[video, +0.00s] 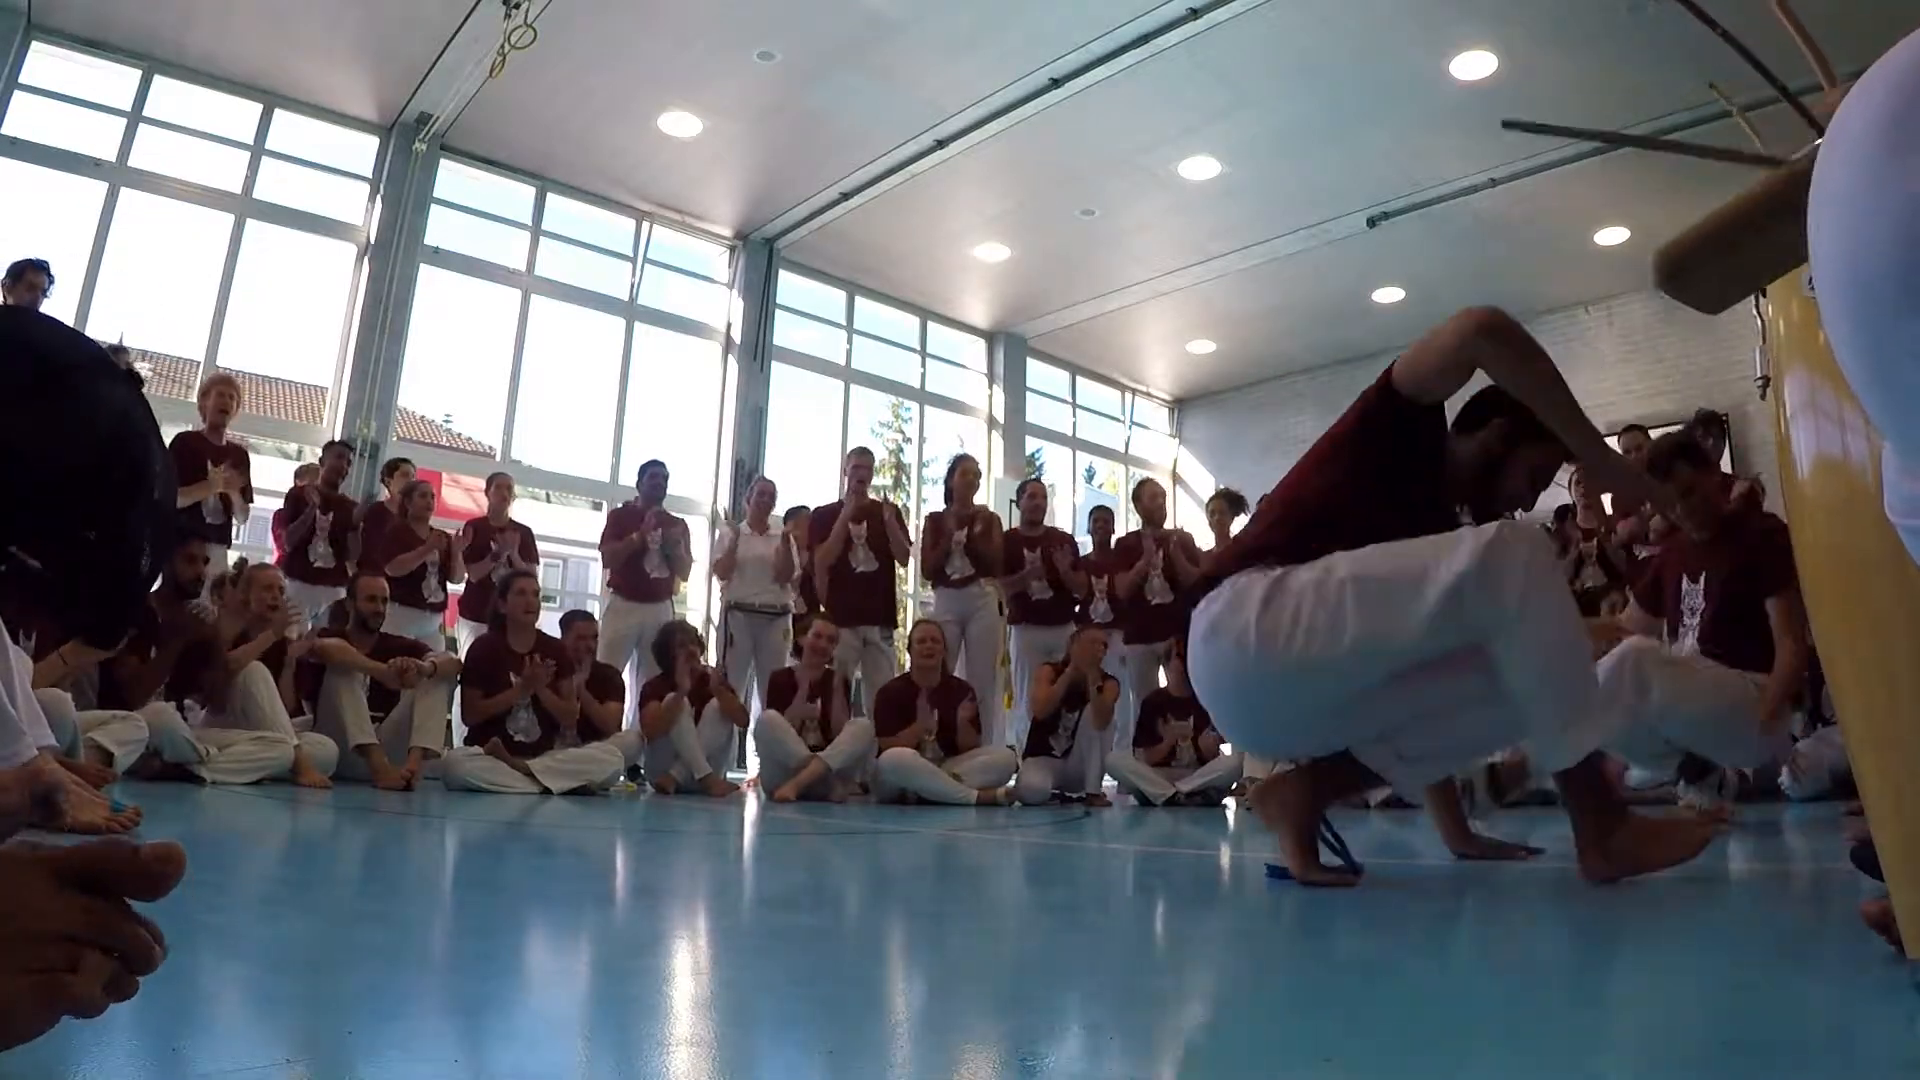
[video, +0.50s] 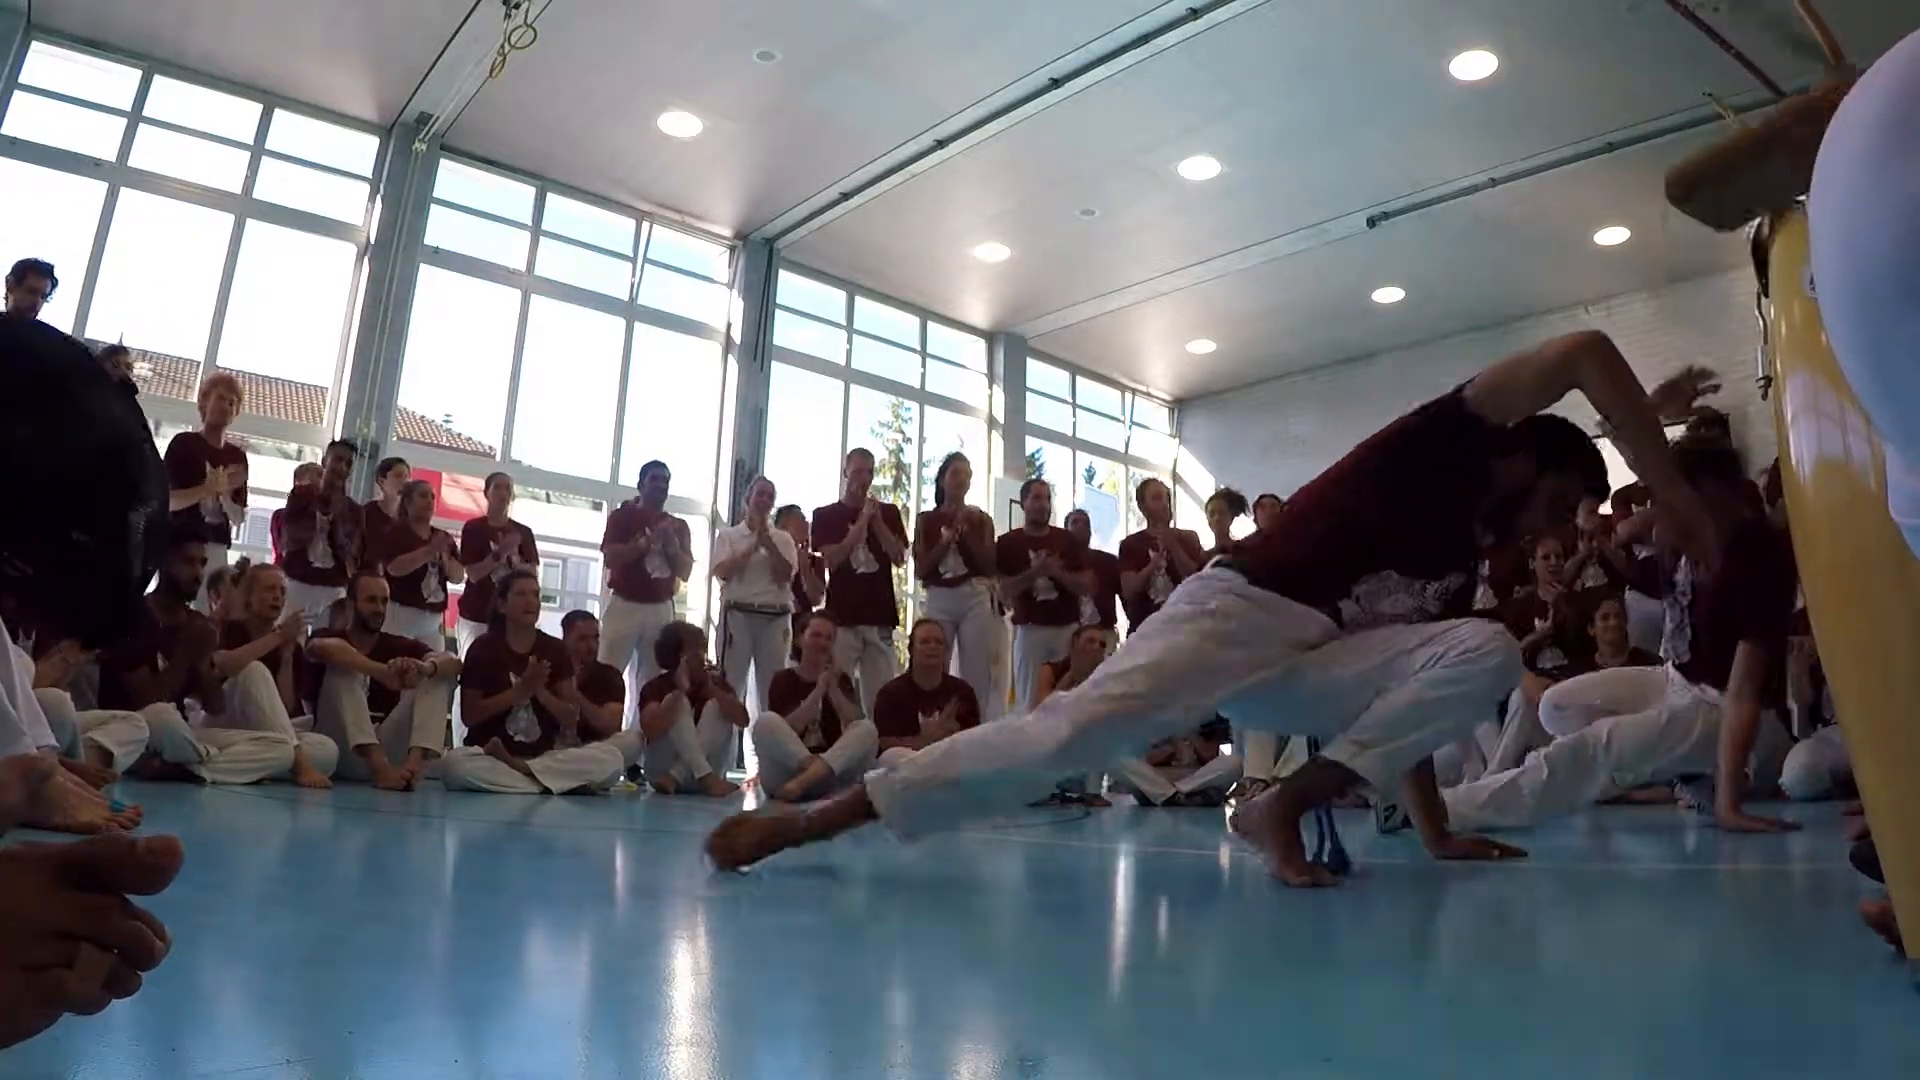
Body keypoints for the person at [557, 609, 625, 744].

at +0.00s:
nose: (590, 645)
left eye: (594, 638)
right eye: (581, 638)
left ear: (598, 639)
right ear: (564, 640)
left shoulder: (610, 675)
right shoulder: (547, 674)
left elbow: (610, 725)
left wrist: (582, 691)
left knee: (633, 739)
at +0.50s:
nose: (591, 645)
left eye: (595, 638)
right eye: (583, 638)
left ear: (599, 638)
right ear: (565, 640)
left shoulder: (610, 676)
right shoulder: (548, 673)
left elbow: (610, 725)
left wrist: (574, 695)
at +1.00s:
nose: (592, 647)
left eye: (596, 640)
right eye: (584, 640)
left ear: (599, 641)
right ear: (565, 640)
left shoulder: (610, 675)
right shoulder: (549, 671)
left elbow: (610, 727)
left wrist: (573, 697)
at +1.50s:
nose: (593, 650)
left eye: (598, 643)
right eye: (586, 642)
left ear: (601, 643)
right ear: (567, 641)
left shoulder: (610, 675)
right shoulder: (552, 673)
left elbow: (611, 727)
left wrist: (581, 690)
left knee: (635, 738)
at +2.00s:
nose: (593, 650)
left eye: (598, 643)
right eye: (586, 642)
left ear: (602, 643)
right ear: (568, 640)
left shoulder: (610, 675)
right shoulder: (551, 674)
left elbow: (611, 728)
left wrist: (581, 689)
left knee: (635, 738)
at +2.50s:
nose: (593, 650)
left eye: (598, 643)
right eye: (586, 642)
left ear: (602, 644)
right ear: (567, 640)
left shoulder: (610, 675)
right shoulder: (549, 673)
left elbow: (610, 728)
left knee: (635, 738)